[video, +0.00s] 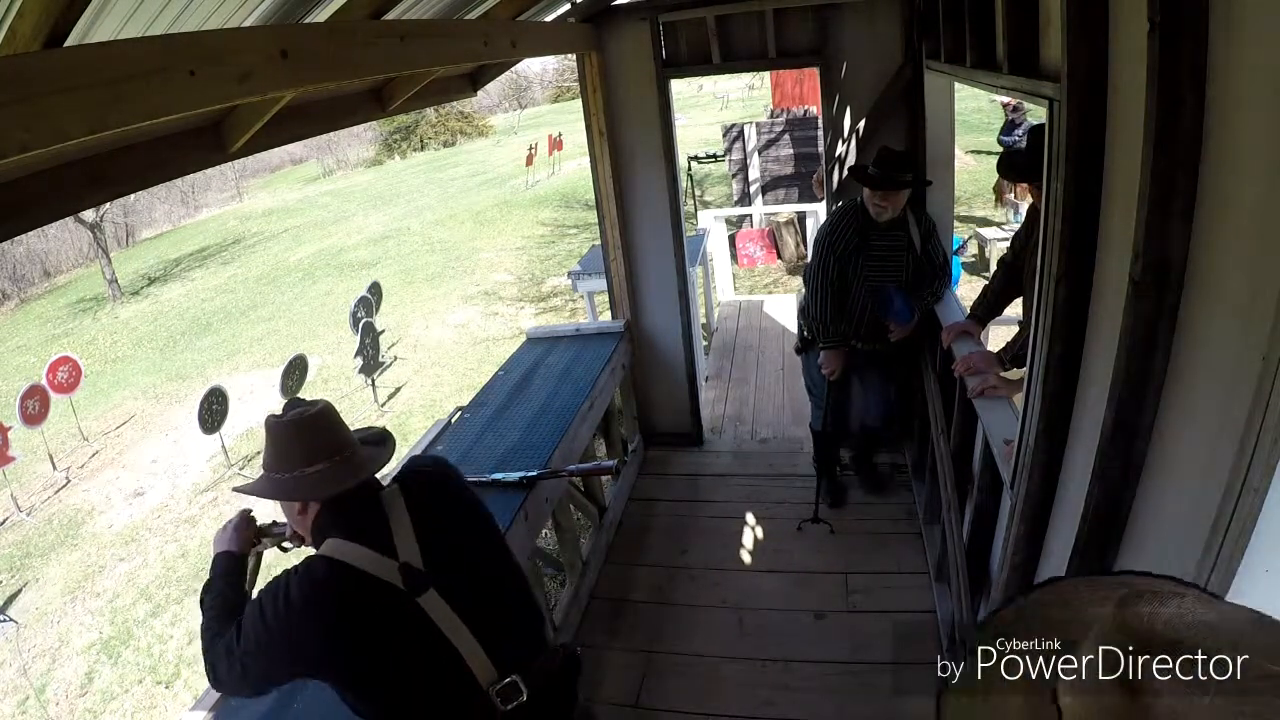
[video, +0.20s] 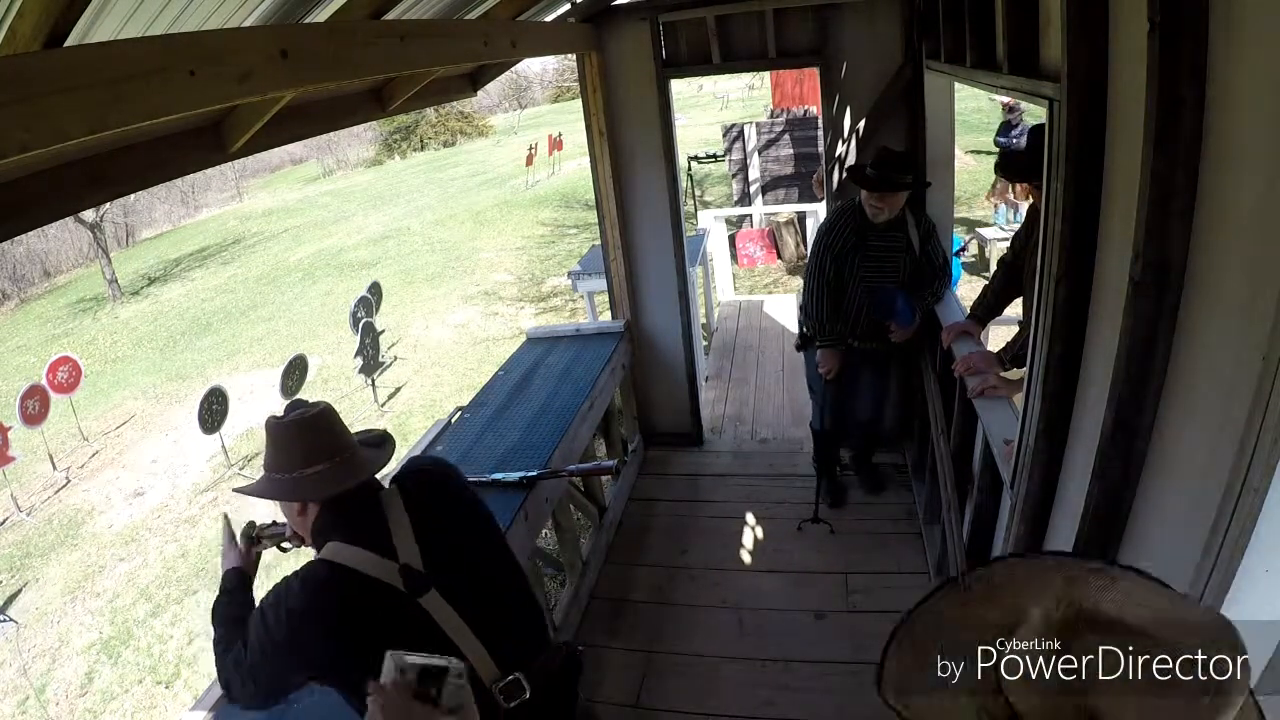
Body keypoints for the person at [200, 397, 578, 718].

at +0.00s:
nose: (282, 509)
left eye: (281, 500)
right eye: (280, 499)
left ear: (305, 507)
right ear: (367, 470)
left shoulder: (304, 602)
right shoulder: (436, 479)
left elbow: (226, 665)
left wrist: (225, 559)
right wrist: (318, 529)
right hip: (549, 681)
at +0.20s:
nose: (283, 510)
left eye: (282, 500)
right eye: (279, 500)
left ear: (303, 505)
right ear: (364, 467)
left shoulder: (307, 603)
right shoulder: (436, 479)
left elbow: (242, 681)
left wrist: (234, 576)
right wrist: (320, 531)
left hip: (448, 718)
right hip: (553, 681)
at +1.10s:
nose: (294, 504)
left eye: (293, 494)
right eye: (291, 494)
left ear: (309, 500)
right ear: (377, 464)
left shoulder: (300, 593)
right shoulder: (452, 483)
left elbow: (273, 654)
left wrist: (250, 553)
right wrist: (331, 524)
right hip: (549, 686)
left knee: (283, 702)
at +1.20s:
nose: (305, 498)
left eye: (304, 488)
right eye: (303, 488)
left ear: (321, 494)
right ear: (390, 455)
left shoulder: (308, 589)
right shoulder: (464, 474)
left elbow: (279, 650)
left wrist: (257, 554)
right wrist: (344, 522)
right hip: (550, 684)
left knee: (284, 700)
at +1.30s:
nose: (326, 480)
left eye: (327, 470)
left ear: (338, 478)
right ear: (412, 448)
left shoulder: (325, 580)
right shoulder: (481, 475)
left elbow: (287, 632)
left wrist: (265, 540)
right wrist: (358, 519)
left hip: (438, 716)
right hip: (557, 691)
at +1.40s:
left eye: (358, 460)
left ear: (365, 467)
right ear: (448, 442)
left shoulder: (346, 573)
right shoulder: (517, 491)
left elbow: (316, 593)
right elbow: (559, 588)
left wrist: (291, 503)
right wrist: (387, 520)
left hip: (449, 716)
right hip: (568, 696)